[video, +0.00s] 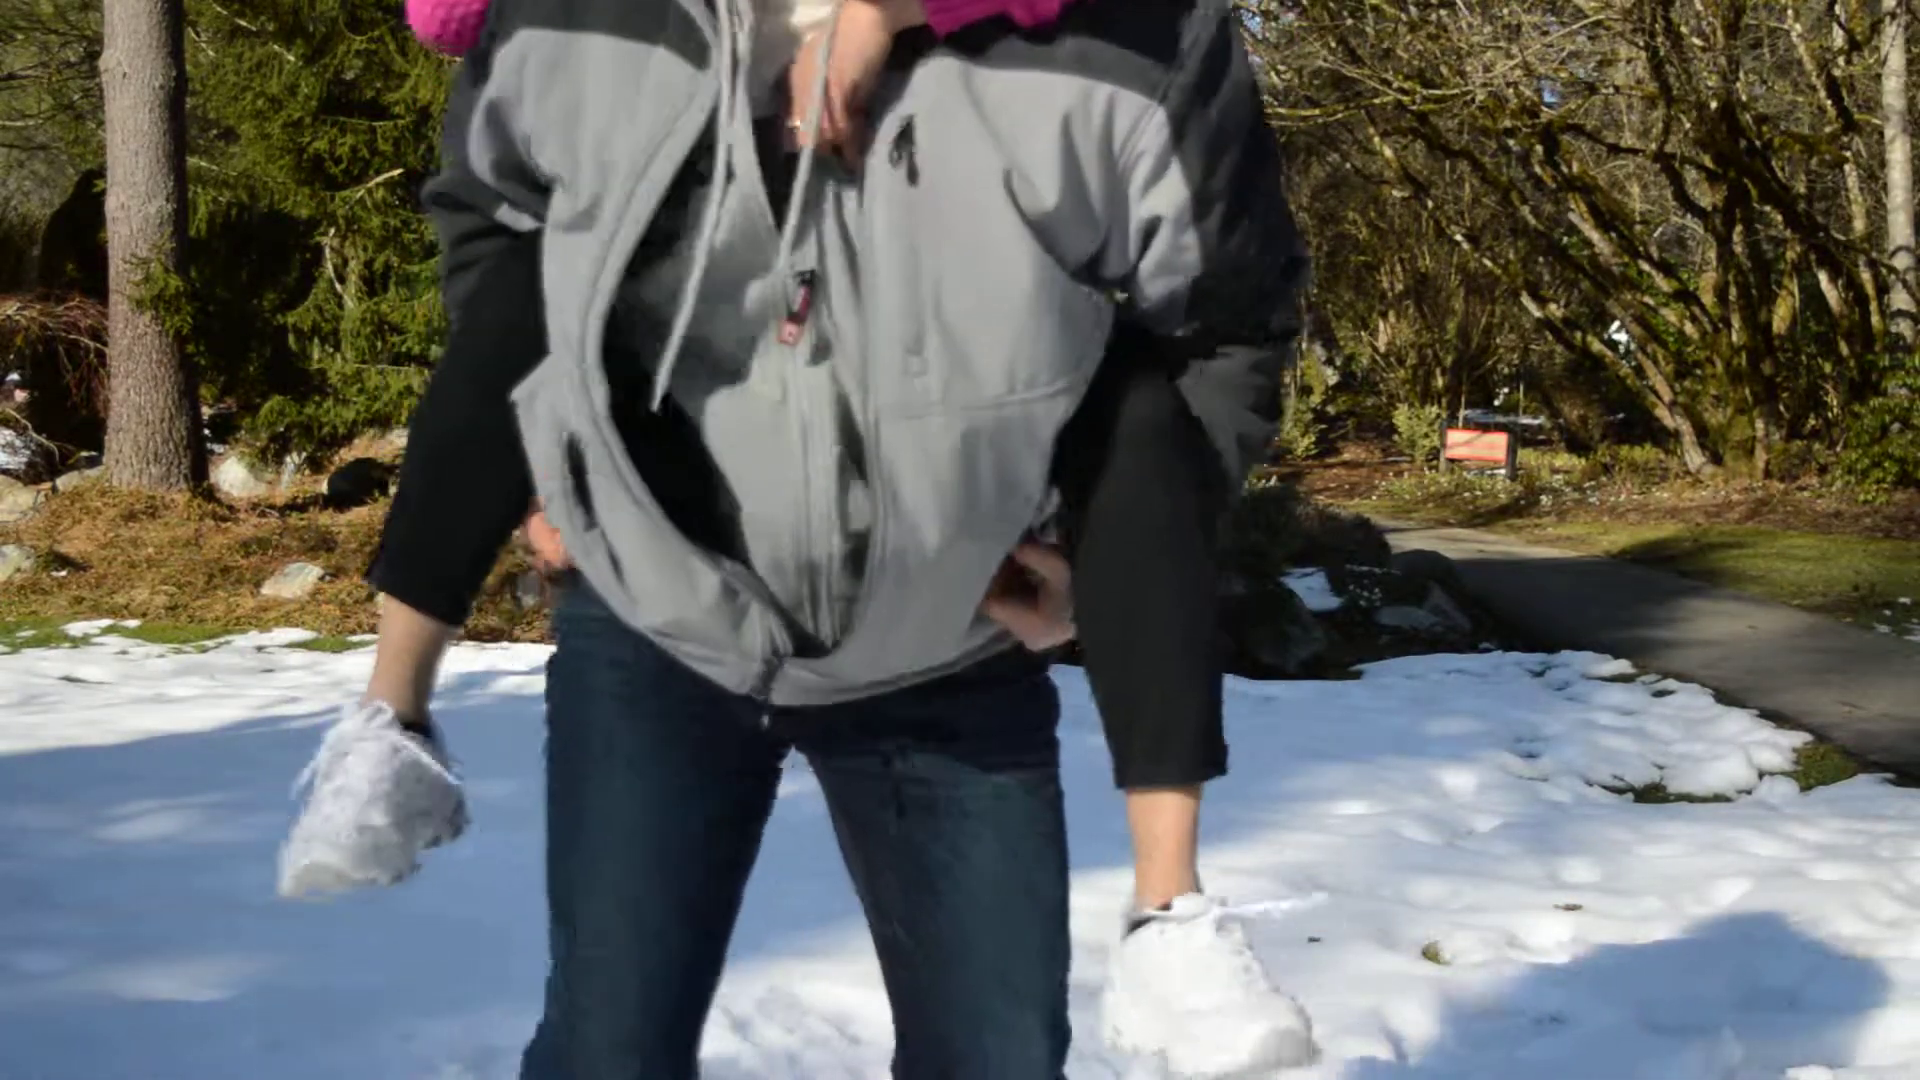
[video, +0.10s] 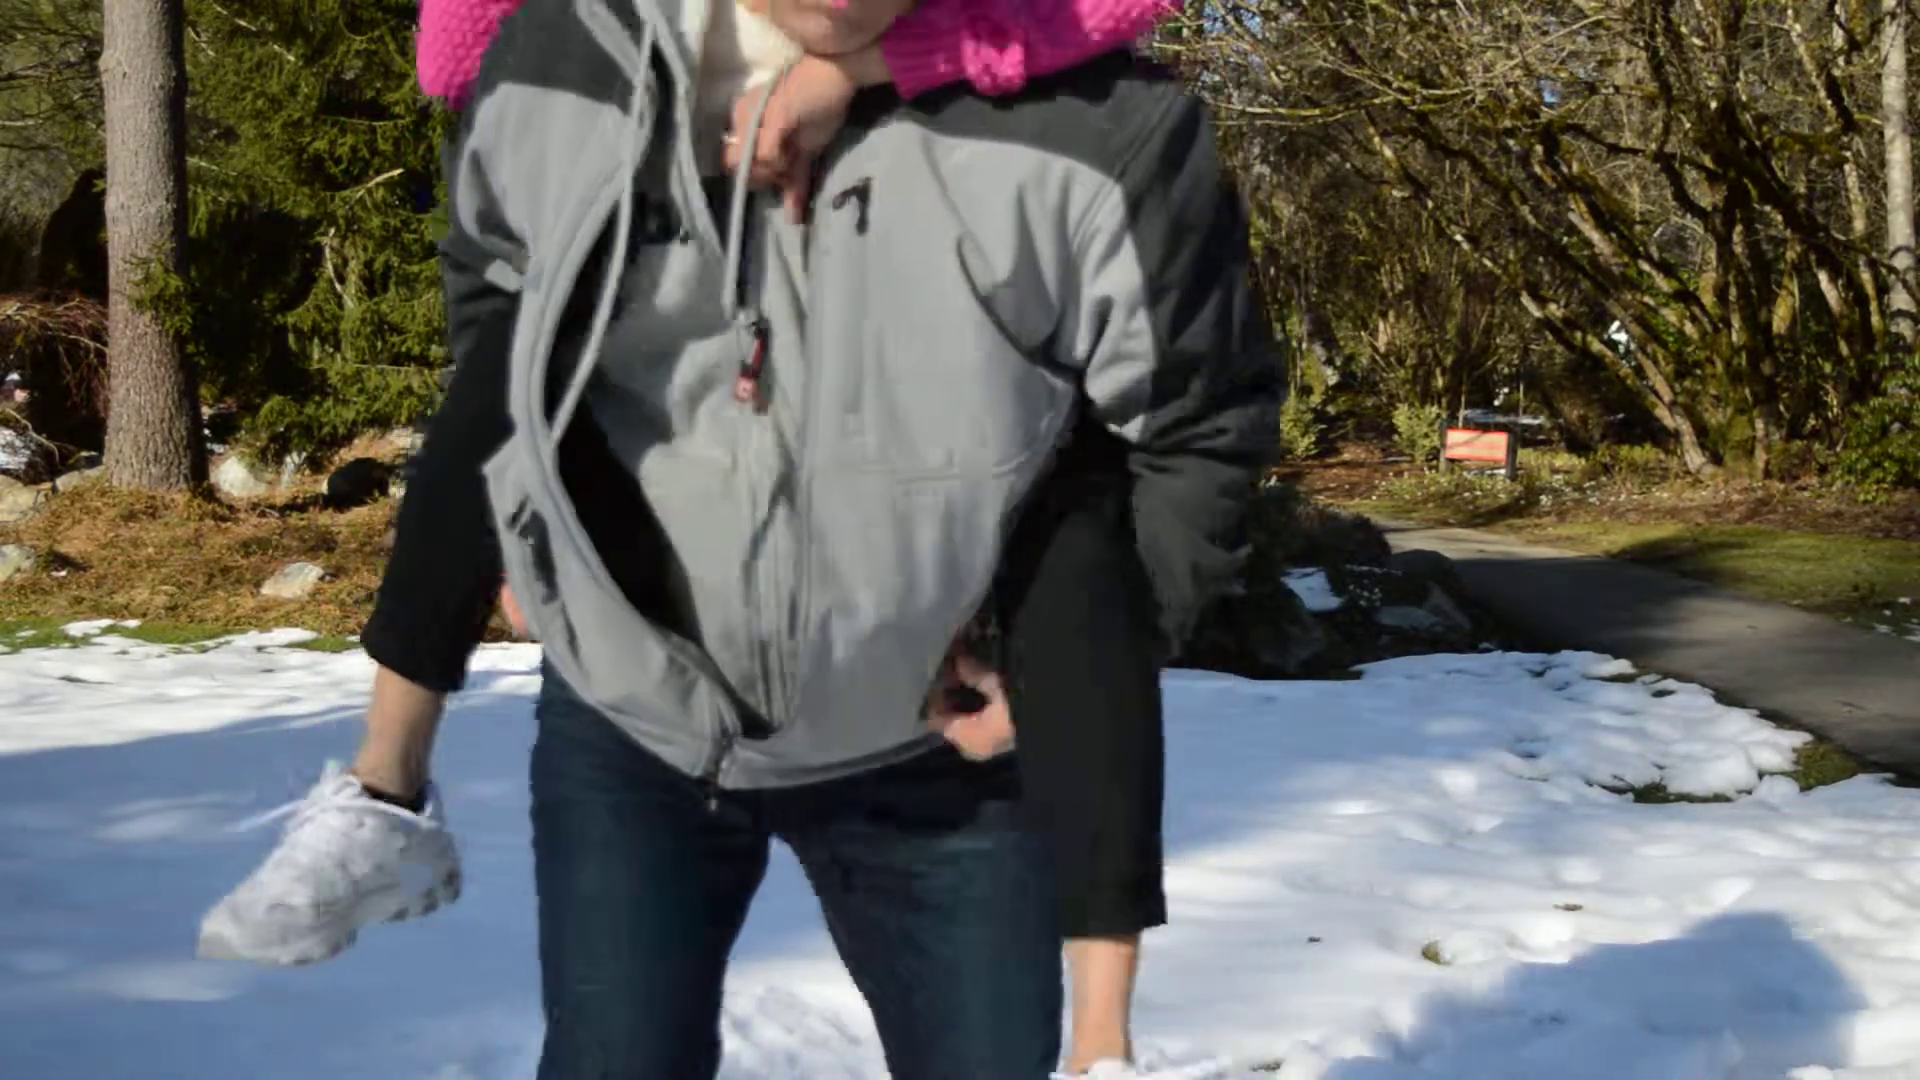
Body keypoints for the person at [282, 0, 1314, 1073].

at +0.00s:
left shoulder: (1150, 55)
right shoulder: (564, 28)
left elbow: (1237, 323)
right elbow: (485, 216)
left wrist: (1100, 567)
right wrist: (521, 446)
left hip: (957, 647)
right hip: (650, 619)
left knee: (1001, 1058)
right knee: (605, 1051)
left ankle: (1172, 914)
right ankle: (387, 719)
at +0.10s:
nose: (839, 9)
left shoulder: (1113, 130)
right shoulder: (557, 57)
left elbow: (1209, 435)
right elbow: (484, 307)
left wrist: (1056, 663)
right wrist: (498, 512)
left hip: (940, 752)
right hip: (624, 727)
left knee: (1100, 565)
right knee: (609, 1071)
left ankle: (1104, 1054)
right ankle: (385, 787)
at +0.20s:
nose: (794, 15)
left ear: (921, 17)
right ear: (692, 0)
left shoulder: (1055, 244)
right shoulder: (552, 156)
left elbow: (1186, 559)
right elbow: (479, 432)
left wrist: (1023, 796)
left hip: (914, 802)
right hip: (614, 782)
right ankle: (371, 841)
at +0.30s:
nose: (729, 21)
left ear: (864, 14)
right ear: (651, 1)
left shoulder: (995, 239)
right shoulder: (535, 143)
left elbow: (1160, 554)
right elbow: (489, 429)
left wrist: (999, 786)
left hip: (874, 800)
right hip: (590, 775)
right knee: (574, 1067)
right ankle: (357, 761)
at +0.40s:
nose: (607, 123)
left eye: (643, 85)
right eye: (584, 80)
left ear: (734, 34)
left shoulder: (971, 131)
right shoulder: (523, 46)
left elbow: (1139, 441)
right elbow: (497, 314)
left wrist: (971, 693)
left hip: (858, 725)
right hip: (591, 699)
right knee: (555, 1048)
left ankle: (919, 1047)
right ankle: (350, 653)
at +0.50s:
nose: (580, 18)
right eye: (565, 12)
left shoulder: (950, 46)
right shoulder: (515, 44)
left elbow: (1119, 358)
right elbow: (501, 276)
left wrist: (924, 619)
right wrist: (436, 485)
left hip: (893, 659)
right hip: (620, 654)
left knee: (953, 1052)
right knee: (564, 1043)